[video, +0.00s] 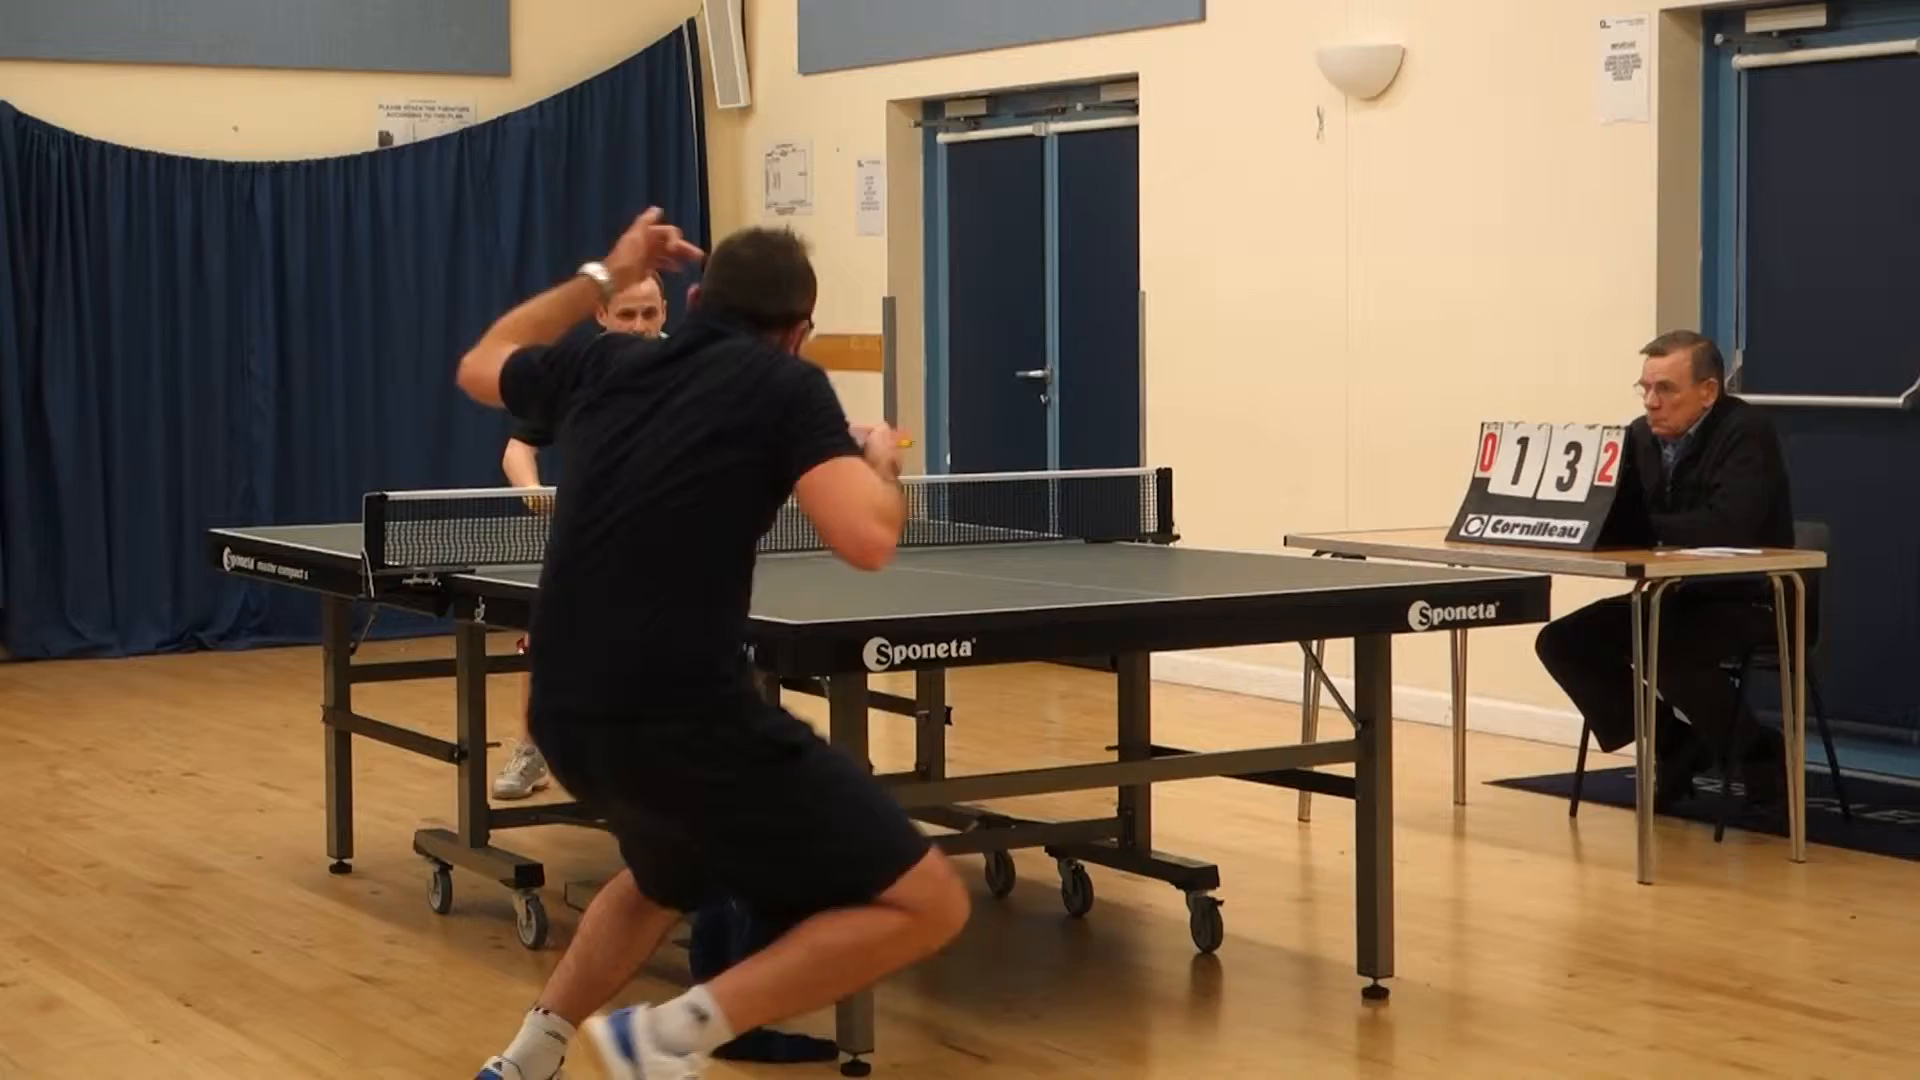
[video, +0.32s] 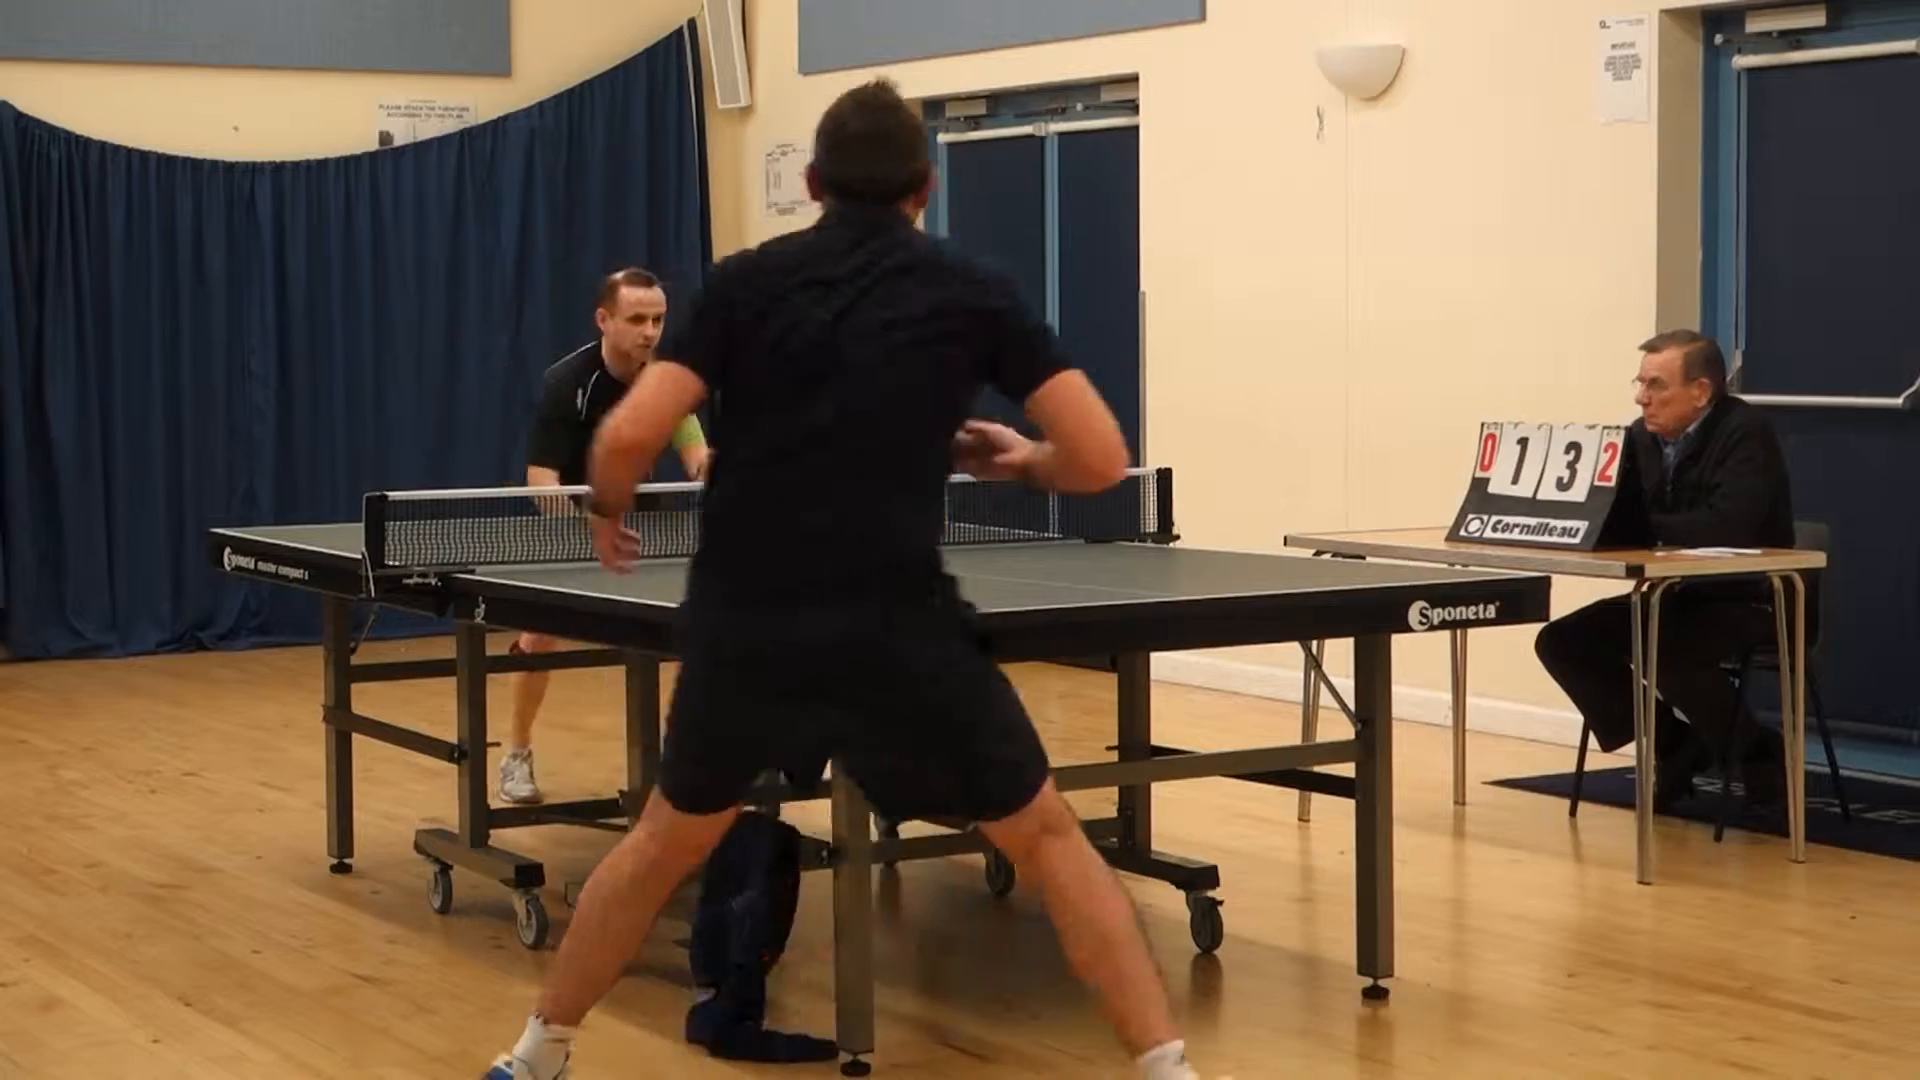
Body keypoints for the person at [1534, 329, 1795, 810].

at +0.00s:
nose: (1650, 401)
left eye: (1665, 389)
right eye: (1646, 387)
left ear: (1708, 392)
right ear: (1640, 387)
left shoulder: (1747, 433)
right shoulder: (1640, 436)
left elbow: (1735, 526)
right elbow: (1613, 519)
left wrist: (1643, 530)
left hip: (1754, 600)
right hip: (1672, 595)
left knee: (1667, 647)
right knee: (1561, 642)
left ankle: (1758, 751)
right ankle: (1674, 740)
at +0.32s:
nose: (1641, 396)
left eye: (1655, 384)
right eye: (1641, 383)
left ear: (1701, 392)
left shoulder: (1746, 434)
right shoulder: (1642, 438)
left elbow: (1734, 526)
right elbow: (1613, 517)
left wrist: (1641, 530)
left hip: (1756, 599)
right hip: (1675, 594)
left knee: (1666, 646)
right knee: (1561, 642)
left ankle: (1757, 750)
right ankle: (1674, 740)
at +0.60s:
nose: (1636, 391)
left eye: (1650, 380)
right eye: (1640, 378)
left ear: (1694, 389)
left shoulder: (1748, 432)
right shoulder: (1643, 437)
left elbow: (1735, 526)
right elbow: (1607, 511)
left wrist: (1637, 529)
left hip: (1754, 599)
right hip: (1674, 595)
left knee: (1667, 647)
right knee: (1562, 644)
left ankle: (1758, 750)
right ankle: (1674, 739)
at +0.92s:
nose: (1639, 383)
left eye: (1653, 373)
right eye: (1644, 371)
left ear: (1695, 384)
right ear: (1686, 383)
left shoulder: (1748, 433)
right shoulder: (1645, 436)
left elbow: (1736, 524)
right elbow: (1616, 517)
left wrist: (1639, 530)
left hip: (1753, 597)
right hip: (1672, 593)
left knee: (1669, 647)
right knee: (1562, 645)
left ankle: (1754, 749)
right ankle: (1673, 740)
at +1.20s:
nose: (1650, 376)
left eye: (1665, 368)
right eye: (1653, 364)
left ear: (1707, 383)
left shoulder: (1750, 432)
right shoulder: (1647, 433)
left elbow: (1736, 524)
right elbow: (1618, 515)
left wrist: (1641, 528)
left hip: (1752, 597)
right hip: (1671, 593)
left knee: (1670, 649)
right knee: (1562, 645)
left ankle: (1754, 749)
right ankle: (1673, 743)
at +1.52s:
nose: (1659, 376)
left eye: (1675, 368)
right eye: (1661, 364)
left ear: (1717, 386)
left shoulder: (1755, 433)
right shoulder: (1649, 428)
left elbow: (1737, 525)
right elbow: (1615, 511)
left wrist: (1640, 530)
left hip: (1748, 596)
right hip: (1669, 591)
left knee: (1668, 647)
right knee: (1562, 643)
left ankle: (1756, 749)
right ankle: (1673, 741)